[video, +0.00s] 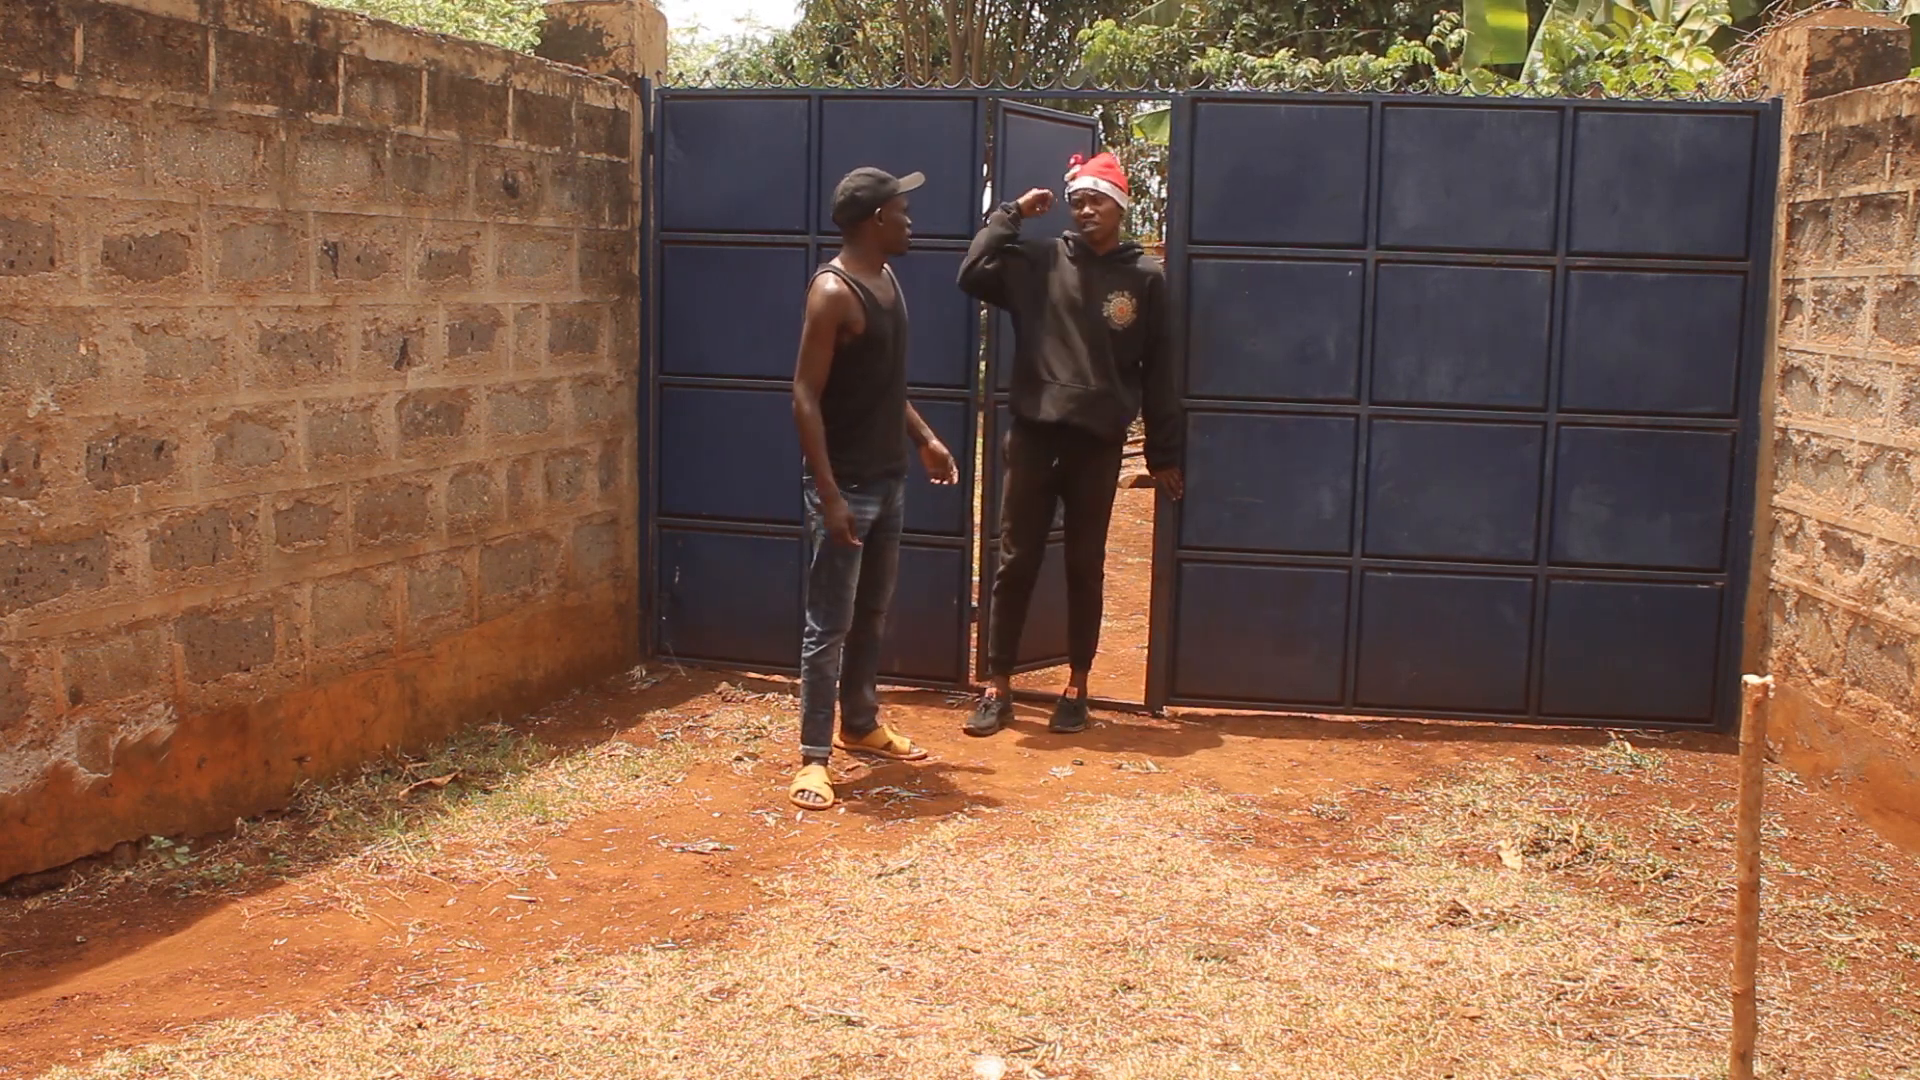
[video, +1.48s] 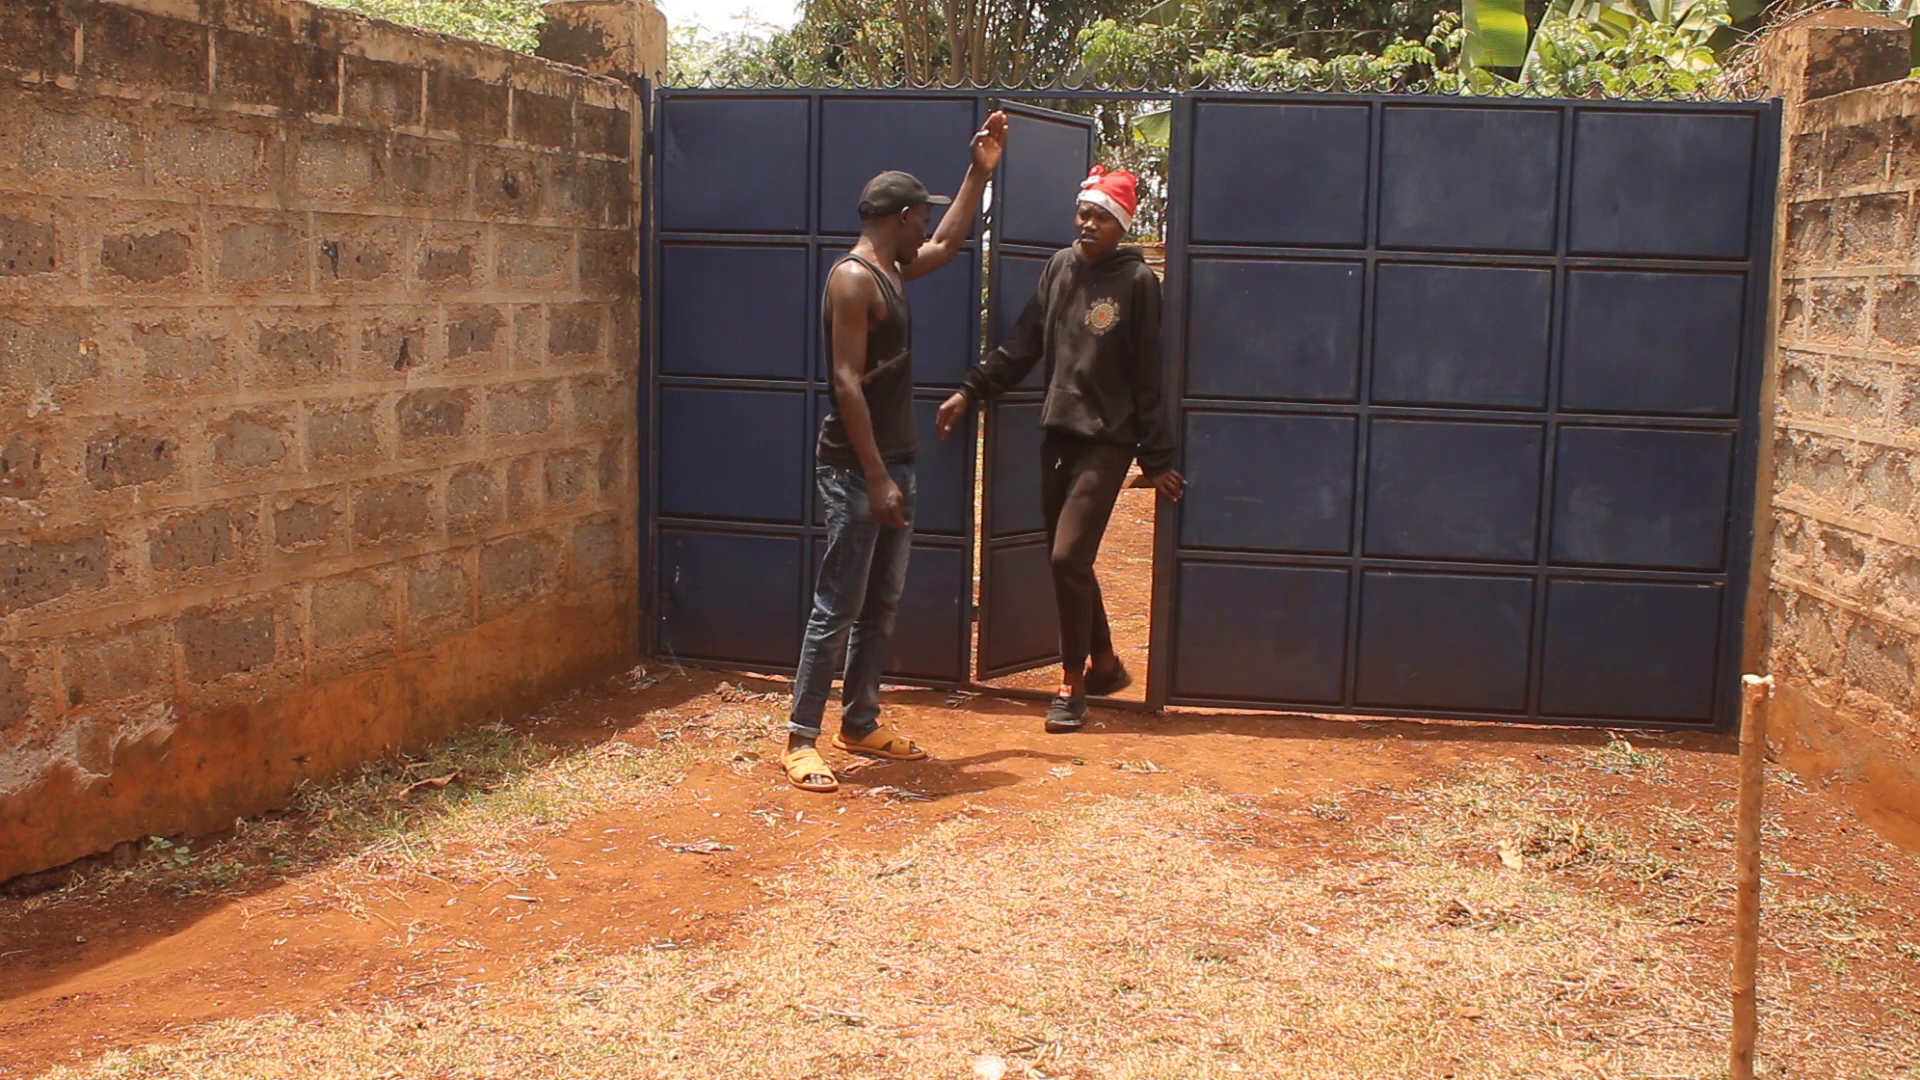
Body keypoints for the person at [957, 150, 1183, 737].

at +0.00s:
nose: (1085, 210)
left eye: (1097, 200)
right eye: (1078, 201)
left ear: (1123, 207)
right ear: (1069, 208)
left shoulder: (1145, 278)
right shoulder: (1036, 257)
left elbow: (1161, 372)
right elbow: (972, 276)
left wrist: (1165, 454)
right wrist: (1012, 214)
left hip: (1098, 437)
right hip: (1033, 431)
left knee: (1084, 564)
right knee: (1015, 559)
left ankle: (1077, 689)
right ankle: (995, 689)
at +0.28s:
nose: (1074, 209)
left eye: (1086, 200)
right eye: (1067, 199)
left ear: (1111, 206)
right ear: (1057, 203)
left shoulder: (1131, 279)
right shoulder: (1027, 260)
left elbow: (1151, 373)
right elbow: (967, 319)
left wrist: (1163, 454)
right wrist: (996, 265)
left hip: (1084, 443)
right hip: (1015, 437)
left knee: (1078, 569)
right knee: (1007, 566)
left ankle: (1075, 689)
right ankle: (993, 690)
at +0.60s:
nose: (1079, 211)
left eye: (1091, 202)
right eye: (1072, 200)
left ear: (1113, 211)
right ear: (1061, 205)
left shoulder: (1126, 282)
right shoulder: (1029, 255)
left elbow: (1144, 375)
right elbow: (979, 327)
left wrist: (1163, 453)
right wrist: (1027, 363)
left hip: (1079, 446)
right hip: (1012, 439)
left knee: (1073, 565)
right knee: (1005, 564)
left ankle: (1074, 689)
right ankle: (992, 691)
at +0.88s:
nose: (1081, 215)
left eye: (1094, 207)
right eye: (1075, 204)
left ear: (1118, 216)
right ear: (1066, 206)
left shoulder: (1131, 285)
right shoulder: (1033, 255)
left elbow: (1144, 377)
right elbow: (993, 332)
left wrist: (1163, 454)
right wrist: (1022, 390)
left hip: (1081, 441)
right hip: (1013, 433)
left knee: (1073, 564)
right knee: (1006, 562)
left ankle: (1074, 688)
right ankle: (992, 689)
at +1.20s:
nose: (1097, 222)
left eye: (1110, 214)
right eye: (1093, 211)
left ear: (1138, 221)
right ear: (1088, 213)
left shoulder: (1156, 283)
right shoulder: (1067, 263)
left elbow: (1159, 377)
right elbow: (1024, 314)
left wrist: (1159, 458)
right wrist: (979, 338)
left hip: (1098, 435)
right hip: (1038, 425)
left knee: (1081, 564)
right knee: (1000, 540)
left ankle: (1075, 686)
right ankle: (1043, 608)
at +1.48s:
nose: (1088, 223)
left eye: (1101, 217)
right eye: (1083, 213)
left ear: (1125, 225)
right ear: (1075, 214)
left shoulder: (1140, 281)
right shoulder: (1059, 268)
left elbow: (1149, 376)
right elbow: (1023, 344)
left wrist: (1158, 458)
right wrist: (969, 392)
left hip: (1109, 435)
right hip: (1057, 430)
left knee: (1068, 555)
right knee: (1066, 556)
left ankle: (1072, 689)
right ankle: (1104, 661)